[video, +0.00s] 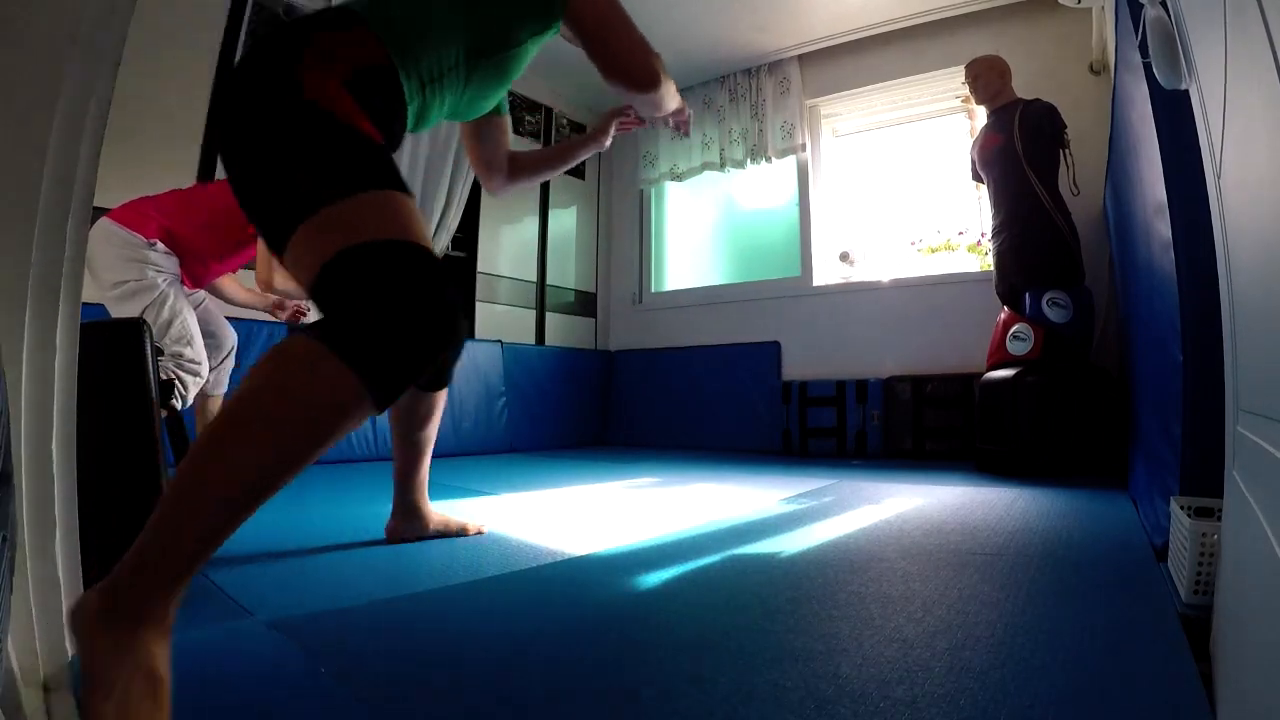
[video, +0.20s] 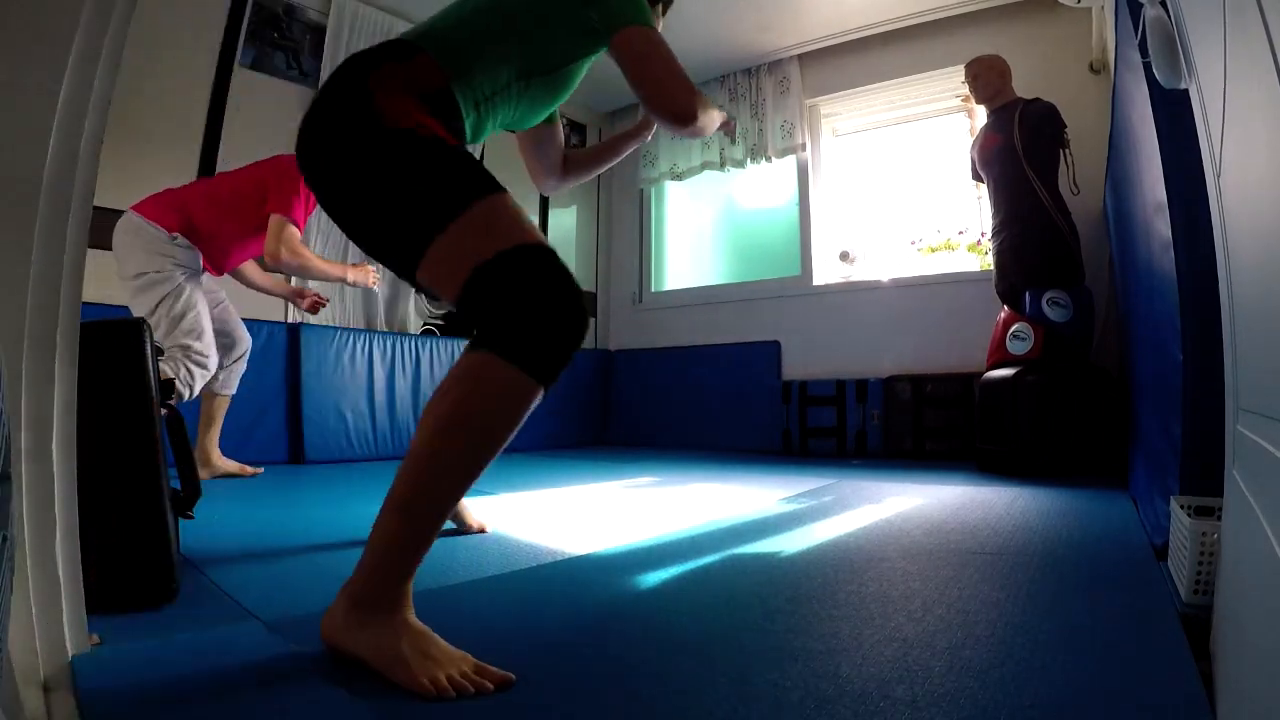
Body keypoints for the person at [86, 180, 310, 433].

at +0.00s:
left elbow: (209, 274)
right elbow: (273, 280)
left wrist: (270, 304)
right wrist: (322, 290)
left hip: (166, 259)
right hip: (133, 245)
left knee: (221, 341)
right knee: (187, 365)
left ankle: (209, 458)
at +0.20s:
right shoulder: (293, 175)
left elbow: (234, 260)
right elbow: (282, 252)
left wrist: (290, 292)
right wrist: (348, 272)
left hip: (190, 255)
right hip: (154, 237)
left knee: (233, 345)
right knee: (193, 358)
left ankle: (207, 455)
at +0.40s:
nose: (388, 165)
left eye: (390, 156)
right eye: (388, 154)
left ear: (354, 144)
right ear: (373, 147)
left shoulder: (317, 169)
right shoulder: (334, 163)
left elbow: (254, 249)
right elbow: (326, 245)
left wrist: (314, 267)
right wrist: (388, 258)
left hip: (226, 256)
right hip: (194, 245)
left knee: (283, 327)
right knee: (236, 364)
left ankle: (239, 429)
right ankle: (152, 438)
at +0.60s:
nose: (429, 171)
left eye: (429, 163)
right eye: (428, 162)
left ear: (399, 156)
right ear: (413, 158)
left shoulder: (364, 178)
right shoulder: (382, 175)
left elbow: (303, 252)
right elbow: (380, 246)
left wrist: (357, 273)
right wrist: (435, 255)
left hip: (278, 265)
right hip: (251, 254)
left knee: (320, 349)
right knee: (277, 362)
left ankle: (313, 451)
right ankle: (176, 436)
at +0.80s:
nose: (466, 181)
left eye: (468, 173)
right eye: (467, 172)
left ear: (437, 162)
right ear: (455, 164)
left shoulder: (404, 181)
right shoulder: (420, 176)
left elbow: (358, 260)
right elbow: (423, 246)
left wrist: (414, 267)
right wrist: (474, 254)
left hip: (326, 263)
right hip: (308, 259)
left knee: (388, 335)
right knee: (361, 349)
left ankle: (347, 425)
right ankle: (288, 453)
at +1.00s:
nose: (501, 193)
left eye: (501, 185)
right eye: (500, 184)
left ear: (464, 180)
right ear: (489, 182)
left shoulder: (444, 204)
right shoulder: (462, 200)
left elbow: (423, 280)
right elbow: (473, 263)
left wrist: (467, 277)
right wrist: (516, 265)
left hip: (391, 292)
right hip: (369, 286)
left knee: (436, 358)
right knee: (407, 368)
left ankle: (418, 445)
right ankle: (317, 436)